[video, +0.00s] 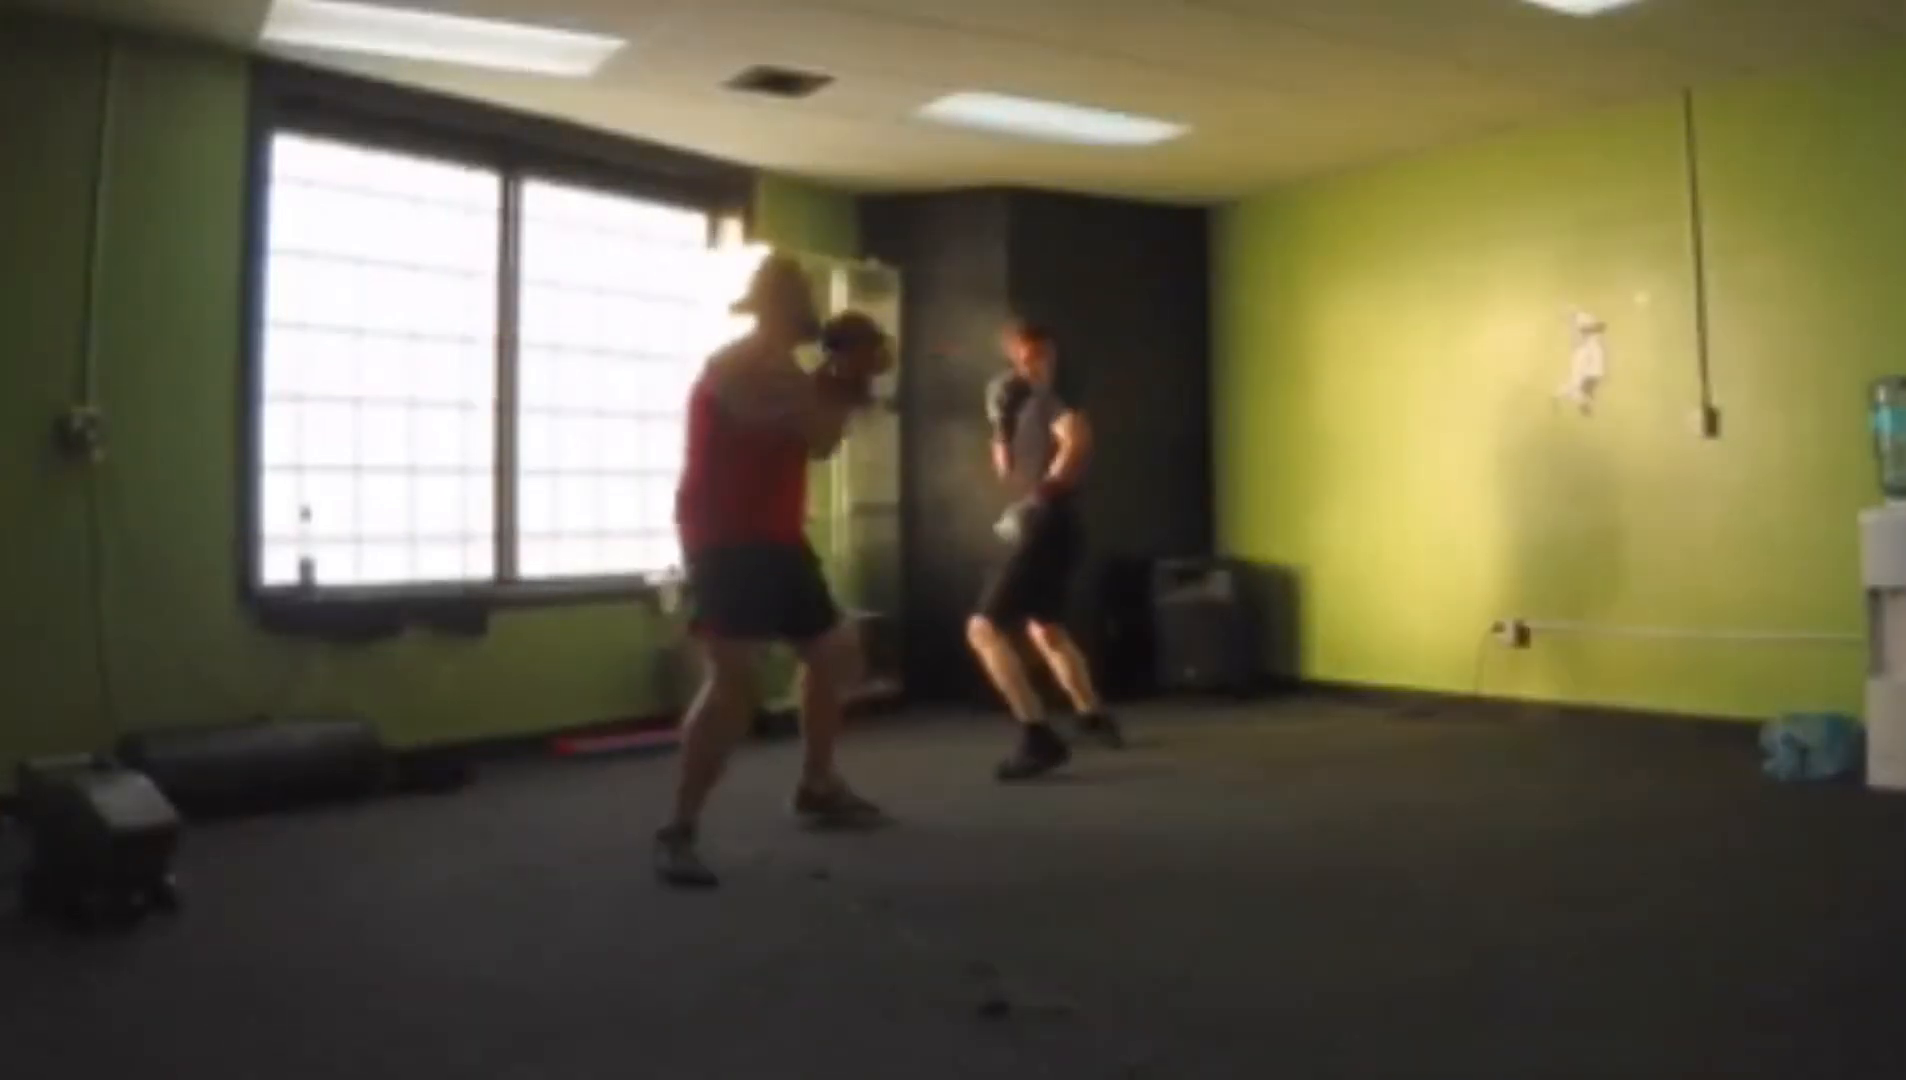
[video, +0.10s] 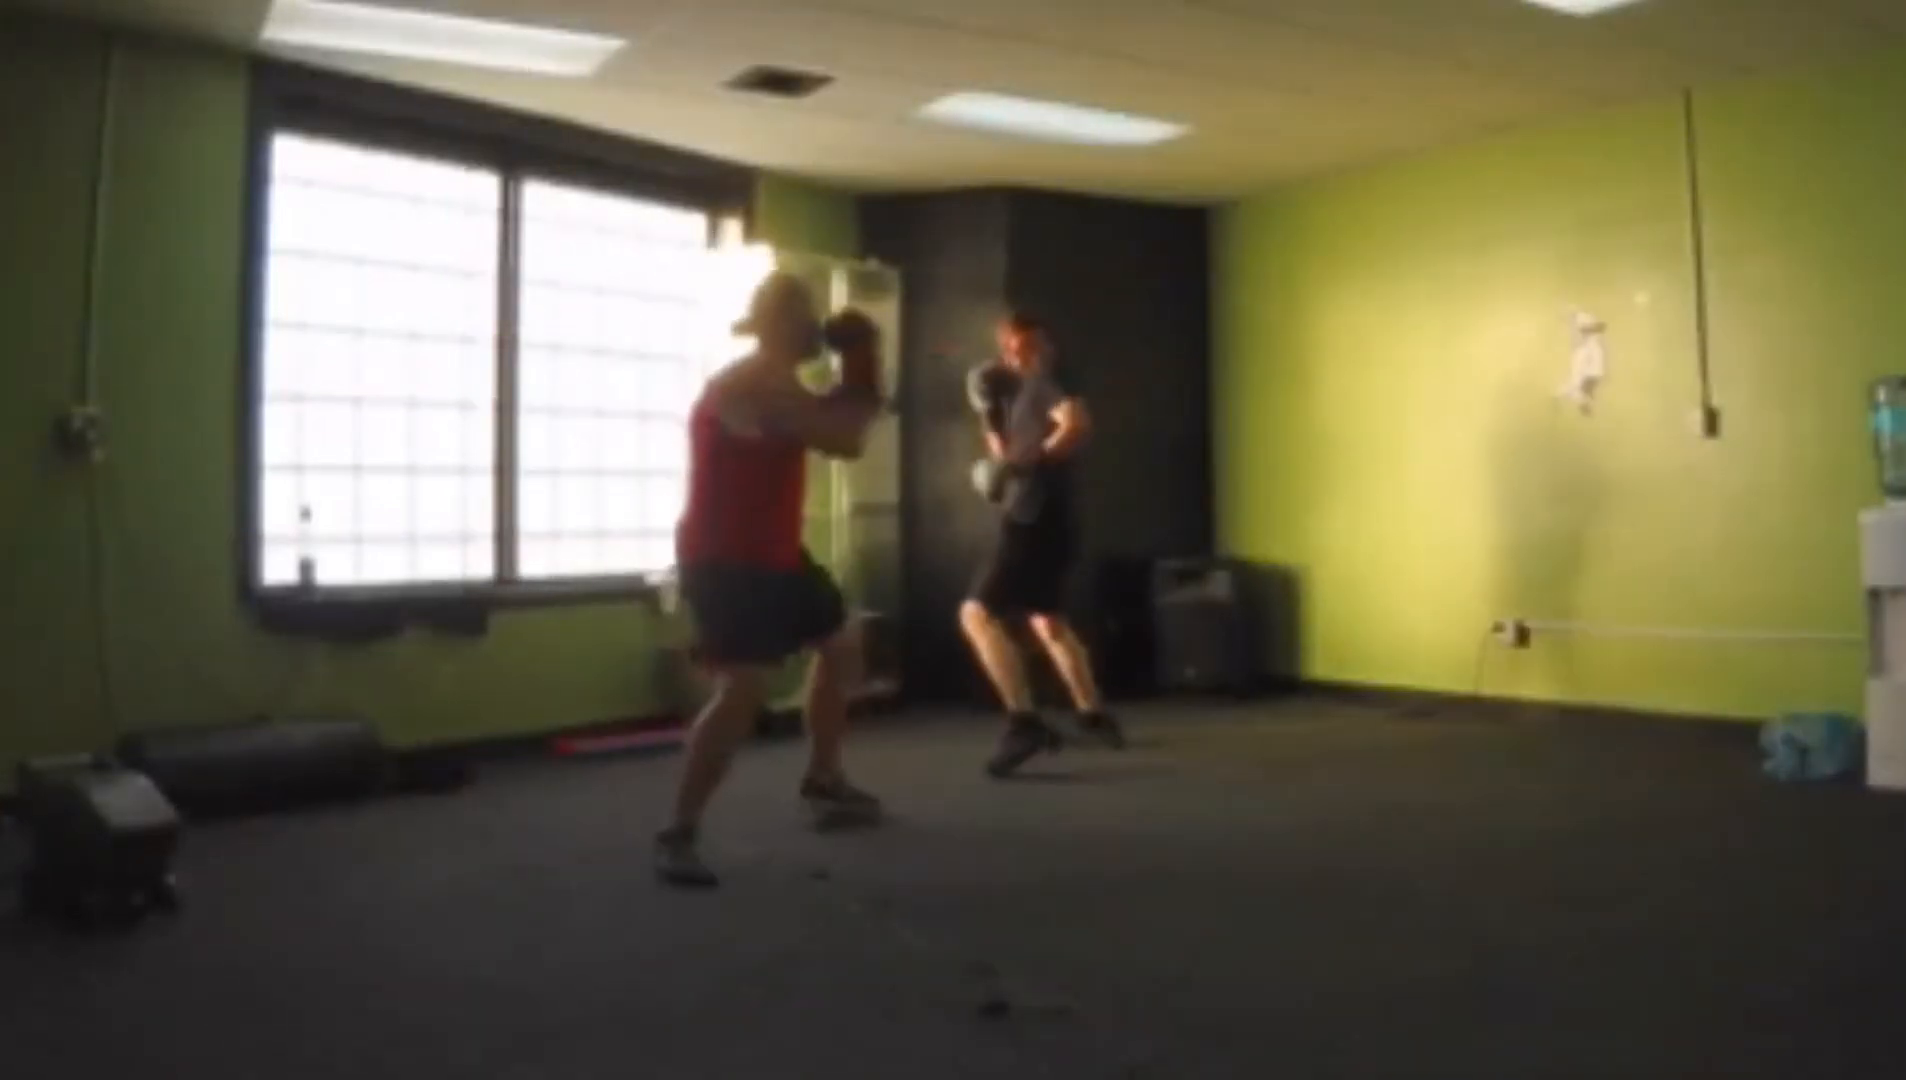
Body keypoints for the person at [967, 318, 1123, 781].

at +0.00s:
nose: (1032, 365)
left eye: (1038, 354)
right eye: (1024, 356)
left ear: (1051, 356)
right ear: (1011, 359)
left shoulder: (1056, 401)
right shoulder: (1017, 403)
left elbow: (1073, 445)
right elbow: (1006, 471)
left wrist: (1041, 492)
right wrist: (1001, 419)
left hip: (1050, 516)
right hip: (1032, 515)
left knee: (985, 626)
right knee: (1045, 627)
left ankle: (1036, 731)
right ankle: (1093, 713)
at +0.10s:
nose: (1020, 356)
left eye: (1027, 346)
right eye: (1013, 348)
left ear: (1044, 348)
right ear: (1004, 353)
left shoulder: (1048, 386)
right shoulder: (1015, 394)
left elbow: (1074, 422)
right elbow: (1003, 453)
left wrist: (1032, 459)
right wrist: (987, 411)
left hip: (1038, 514)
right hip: (1032, 514)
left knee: (978, 612)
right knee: (1048, 621)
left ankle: (1024, 719)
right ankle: (1094, 712)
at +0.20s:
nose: (1000, 346)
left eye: (1004, 335)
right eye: (994, 338)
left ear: (1022, 332)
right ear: (991, 341)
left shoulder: (1050, 369)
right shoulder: (1012, 376)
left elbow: (1054, 423)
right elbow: (973, 428)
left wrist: (1002, 400)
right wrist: (953, 385)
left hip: (1032, 510)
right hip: (1020, 509)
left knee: (978, 607)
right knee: (1043, 616)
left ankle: (993, 726)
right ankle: (1092, 711)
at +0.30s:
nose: (995, 352)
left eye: (1001, 340)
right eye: (990, 345)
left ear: (1019, 342)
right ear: (986, 353)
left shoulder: (1040, 381)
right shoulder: (995, 391)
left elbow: (1013, 411)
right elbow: (947, 422)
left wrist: (986, 357)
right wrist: (933, 371)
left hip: (1032, 517)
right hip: (1011, 516)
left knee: (974, 614)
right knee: (1023, 622)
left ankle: (977, 733)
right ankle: (1087, 703)